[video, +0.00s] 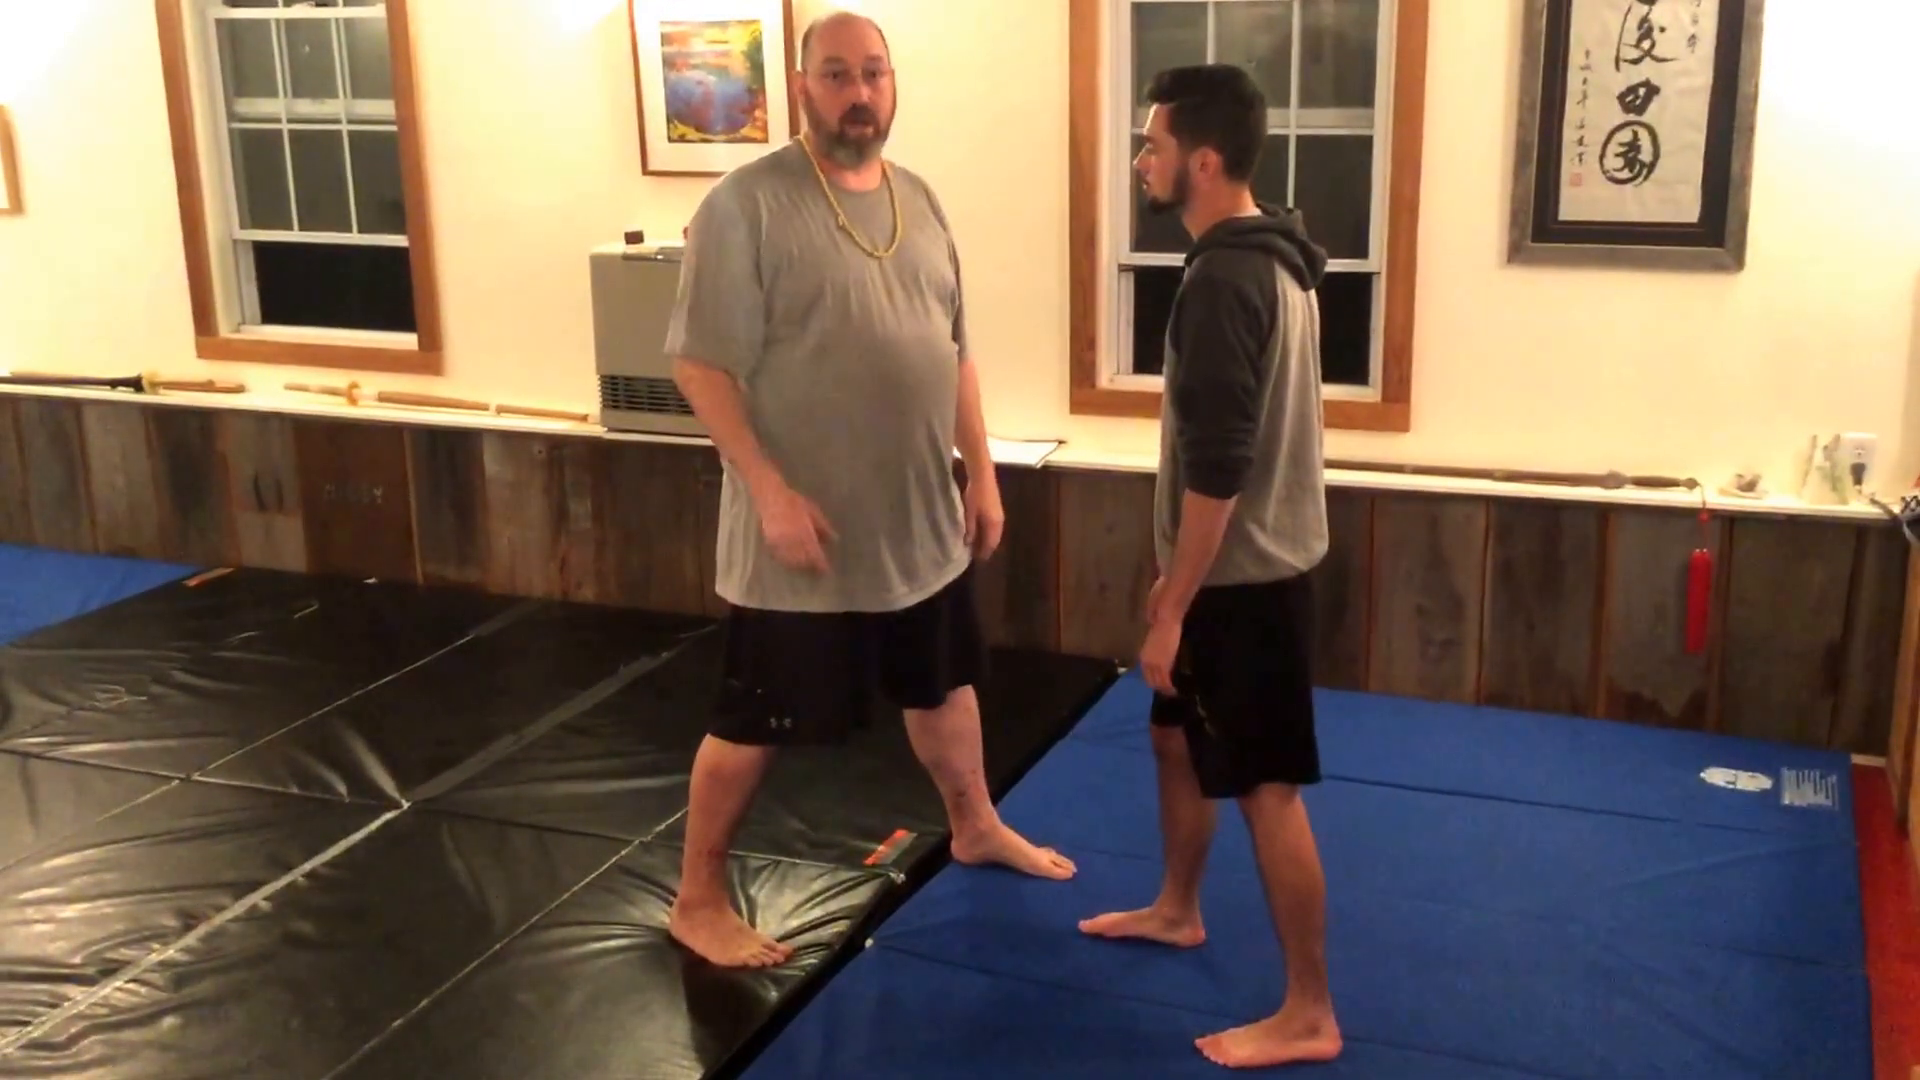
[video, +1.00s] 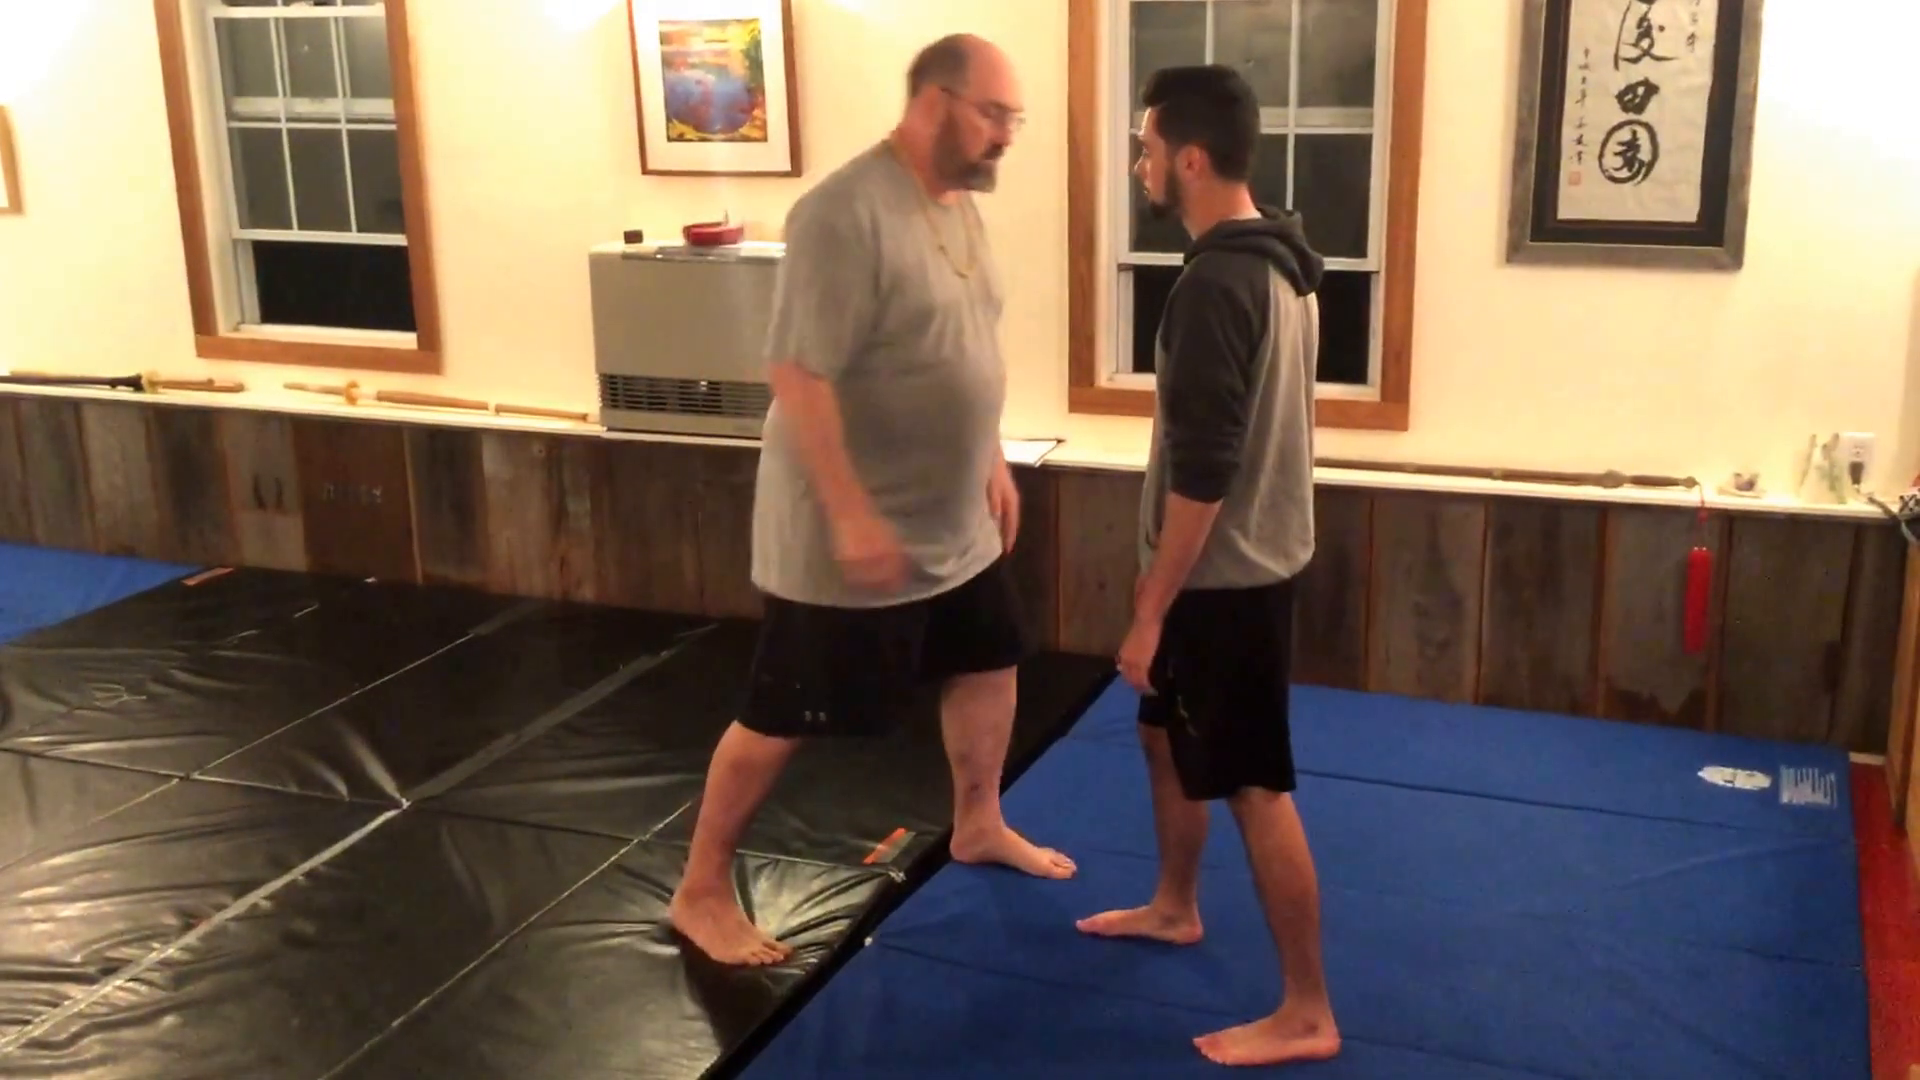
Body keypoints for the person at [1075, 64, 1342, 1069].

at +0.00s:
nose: (1143, 159)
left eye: (1155, 143)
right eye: (1146, 141)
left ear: (1204, 156)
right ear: (1224, 156)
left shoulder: (1224, 278)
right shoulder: (1271, 252)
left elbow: (1220, 468)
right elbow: (1249, 444)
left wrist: (1172, 608)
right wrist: (1186, 571)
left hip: (1246, 571)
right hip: (1234, 557)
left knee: (1266, 788)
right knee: (1175, 732)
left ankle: (1309, 1012)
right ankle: (1177, 906)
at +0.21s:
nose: (1145, 158)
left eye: (1157, 142)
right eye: (1149, 139)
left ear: (1205, 155)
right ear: (1227, 155)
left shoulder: (1222, 277)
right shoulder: (1275, 252)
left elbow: (1209, 472)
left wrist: (1151, 606)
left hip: (1239, 572)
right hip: (1232, 558)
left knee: (1264, 789)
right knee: (1173, 734)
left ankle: (1309, 1012)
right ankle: (1178, 906)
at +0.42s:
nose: (1147, 158)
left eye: (1159, 142)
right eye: (1150, 139)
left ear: (1206, 156)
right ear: (1229, 157)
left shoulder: (1222, 279)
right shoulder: (1277, 254)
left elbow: (1202, 470)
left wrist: (1140, 597)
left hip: (1236, 569)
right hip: (1229, 555)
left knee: (1262, 787)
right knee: (1170, 733)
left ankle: (1309, 1013)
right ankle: (1177, 906)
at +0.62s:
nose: (1145, 157)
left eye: (1158, 141)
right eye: (1149, 139)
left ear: (1206, 156)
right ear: (1229, 158)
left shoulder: (1220, 281)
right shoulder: (1275, 259)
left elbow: (1200, 473)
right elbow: (1268, 434)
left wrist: (1140, 605)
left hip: (1232, 570)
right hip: (1232, 557)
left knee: (1258, 785)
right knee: (1169, 733)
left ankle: (1309, 1012)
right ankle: (1176, 906)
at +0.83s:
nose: (1143, 157)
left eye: (1154, 140)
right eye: (1147, 138)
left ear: (1199, 155)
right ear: (1230, 155)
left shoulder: (1217, 280)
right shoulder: (1276, 258)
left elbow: (1205, 473)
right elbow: (1273, 430)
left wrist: (1151, 612)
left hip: (1230, 572)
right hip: (1239, 557)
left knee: (1257, 785)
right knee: (1167, 727)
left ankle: (1308, 1012)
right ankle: (1176, 904)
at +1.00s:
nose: (1142, 162)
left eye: (1150, 145)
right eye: (1144, 144)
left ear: (1193, 155)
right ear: (1231, 152)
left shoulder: (1216, 281)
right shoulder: (1277, 255)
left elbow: (1204, 474)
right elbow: (1275, 425)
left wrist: (1149, 613)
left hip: (1229, 571)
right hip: (1239, 555)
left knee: (1254, 784)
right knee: (1165, 725)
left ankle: (1307, 1010)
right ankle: (1175, 903)